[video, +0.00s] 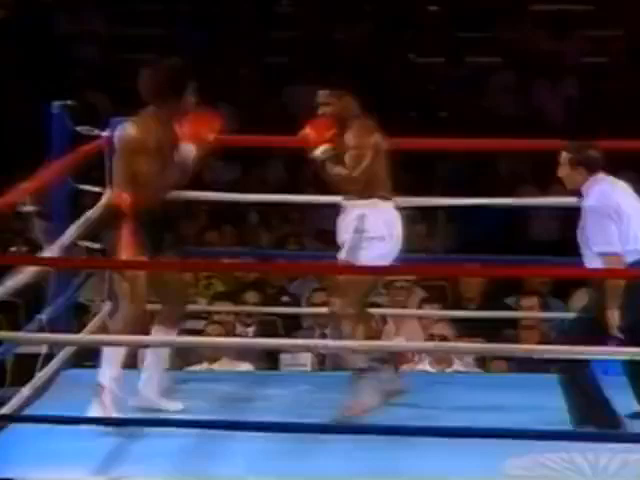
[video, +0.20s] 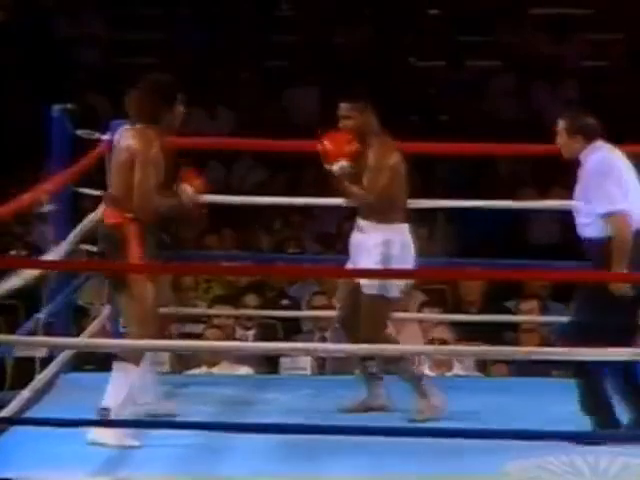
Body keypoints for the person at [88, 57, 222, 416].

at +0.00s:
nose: (188, 103)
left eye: (188, 96)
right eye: (185, 95)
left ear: (161, 95)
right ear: (171, 96)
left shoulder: (169, 132)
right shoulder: (132, 134)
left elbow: (170, 179)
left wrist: (192, 151)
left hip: (159, 224)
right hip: (130, 226)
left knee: (173, 300)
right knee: (133, 306)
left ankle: (151, 386)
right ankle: (106, 393)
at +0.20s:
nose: (182, 115)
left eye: (181, 107)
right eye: (179, 107)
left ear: (144, 106)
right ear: (165, 109)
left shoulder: (122, 137)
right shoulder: (147, 145)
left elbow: (123, 191)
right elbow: (146, 203)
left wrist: (172, 192)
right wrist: (181, 197)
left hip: (114, 224)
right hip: (129, 229)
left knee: (153, 311)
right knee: (142, 325)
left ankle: (146, 396)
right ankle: (109, 417)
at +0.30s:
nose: (182, 95)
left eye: (181, 87)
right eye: (179, 88)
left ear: (142, 88)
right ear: (166, 91)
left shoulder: (121, 120)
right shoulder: (147, 124)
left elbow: (94, 166)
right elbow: (139, 179)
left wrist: (130, 164)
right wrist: (174, 173)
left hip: (108, 220)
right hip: (127, 223)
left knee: (125, 312)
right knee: (130, 313)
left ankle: (105, 403)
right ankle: (107, 409)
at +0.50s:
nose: (180, 98)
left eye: (178, 90)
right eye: (177, 90)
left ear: (141, 89)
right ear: (165, 93)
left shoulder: (123, 122)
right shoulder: (142, 126)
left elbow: (120, 178)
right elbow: (137, 188)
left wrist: (162, 161)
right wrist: (177, 171)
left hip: (106, 219)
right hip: (120, 223)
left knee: (108, 324)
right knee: (114, 325)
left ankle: (78, 412)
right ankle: (93, 419)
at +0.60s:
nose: (180, 108)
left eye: (178, 100)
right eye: (176, 101)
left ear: (143, 104)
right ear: (164, 106)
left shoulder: (125, 140)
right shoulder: (144, 144)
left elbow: (125, 195)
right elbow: (141, 205)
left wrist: (173, 183)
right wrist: (179, 196)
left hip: (109, 238)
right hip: (122, 243)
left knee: (109, 332)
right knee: (116, 334)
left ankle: (76, 421)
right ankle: (90, 428)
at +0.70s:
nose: (188, 105)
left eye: (186, 97)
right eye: (184, 98)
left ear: (149, 101)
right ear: (171, 102)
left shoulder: (132, 134)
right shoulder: (151, 139)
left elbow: (120, 189)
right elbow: (143, 195)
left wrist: (169, 191)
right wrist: (179, 193)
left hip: (119, 231)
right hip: (134, 235)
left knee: (121, 322)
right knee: (134, 324)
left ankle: (87, 409)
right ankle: (98, 421)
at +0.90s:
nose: (208, 101)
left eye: (207, 93)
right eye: (204, 93)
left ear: (171, 97)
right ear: (190, 98)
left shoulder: (164, 132)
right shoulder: (167, 134)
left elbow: (162, 181)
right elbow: (155, 189)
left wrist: (198, 170)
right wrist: (196, 180)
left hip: (144, 233)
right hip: (153, 235)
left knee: (141, 321)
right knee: (160, 330)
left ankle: (102, 406)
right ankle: (145, 434)